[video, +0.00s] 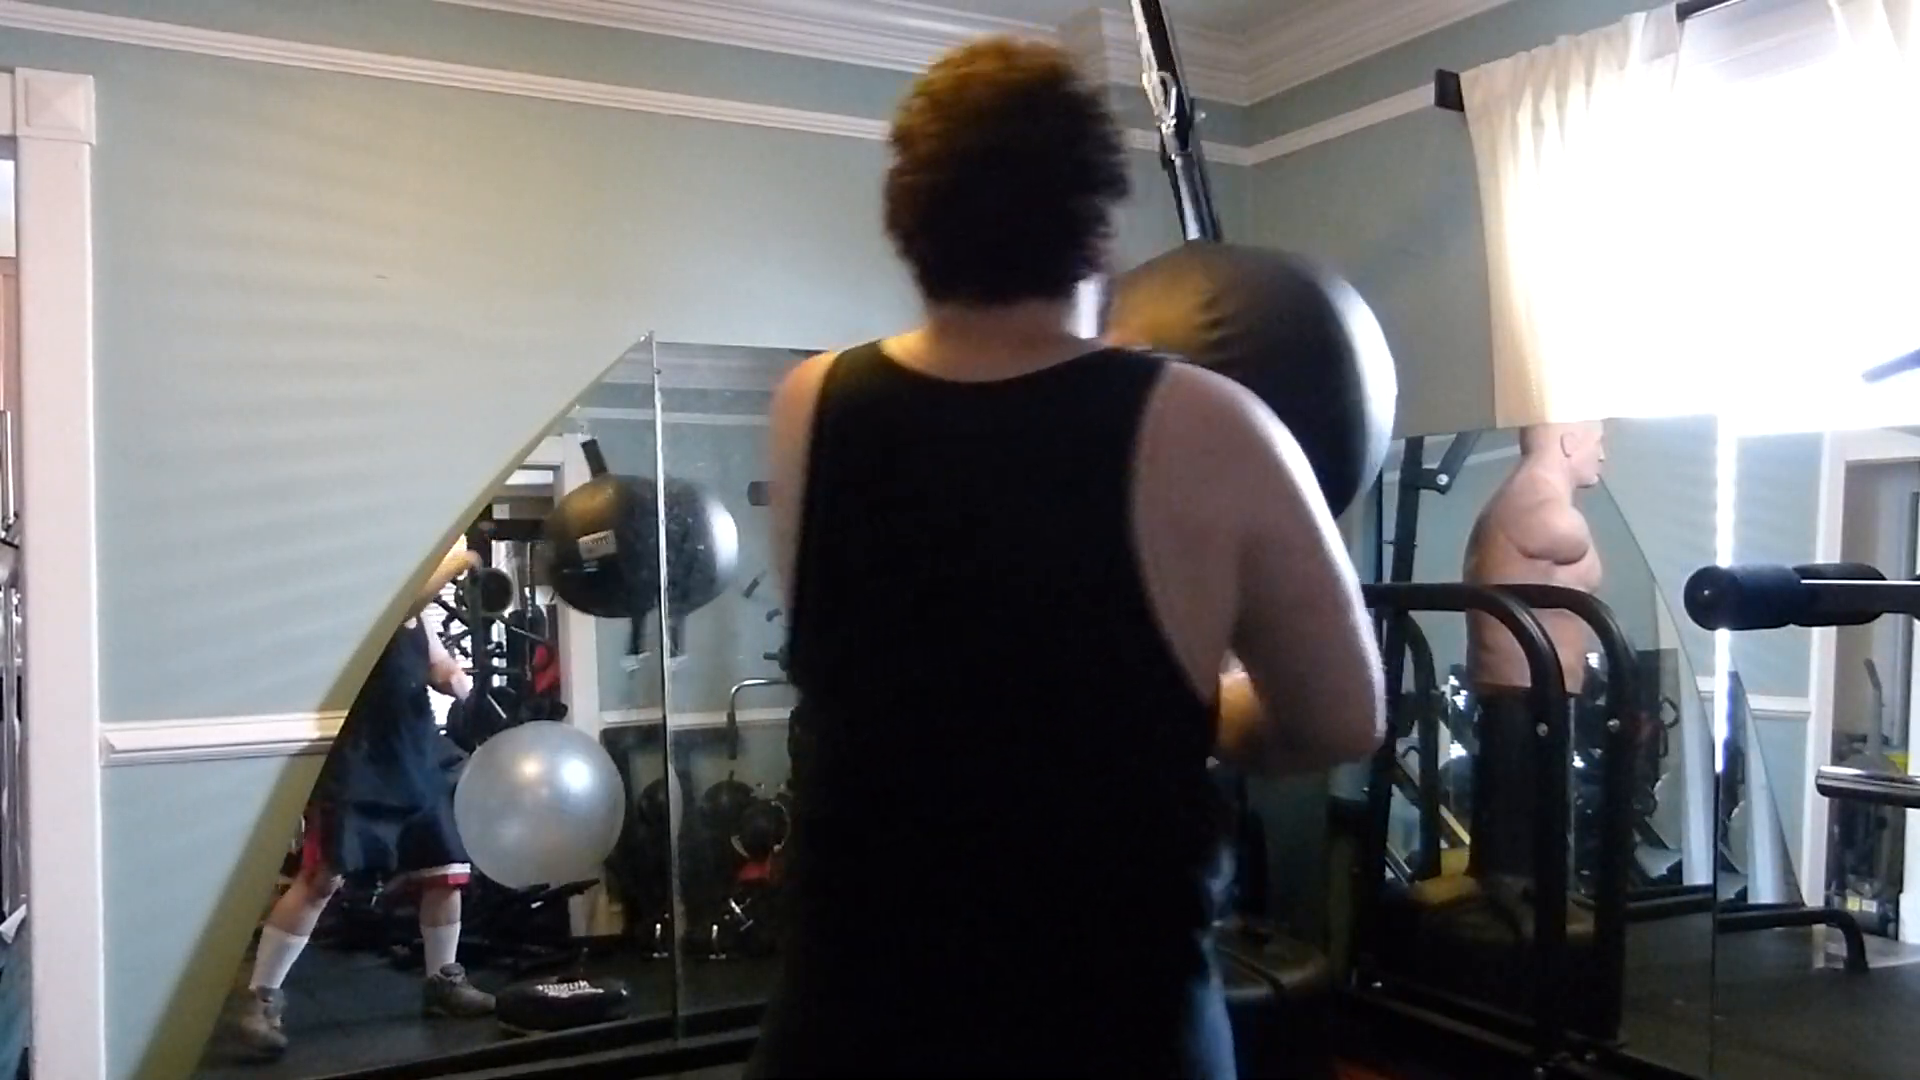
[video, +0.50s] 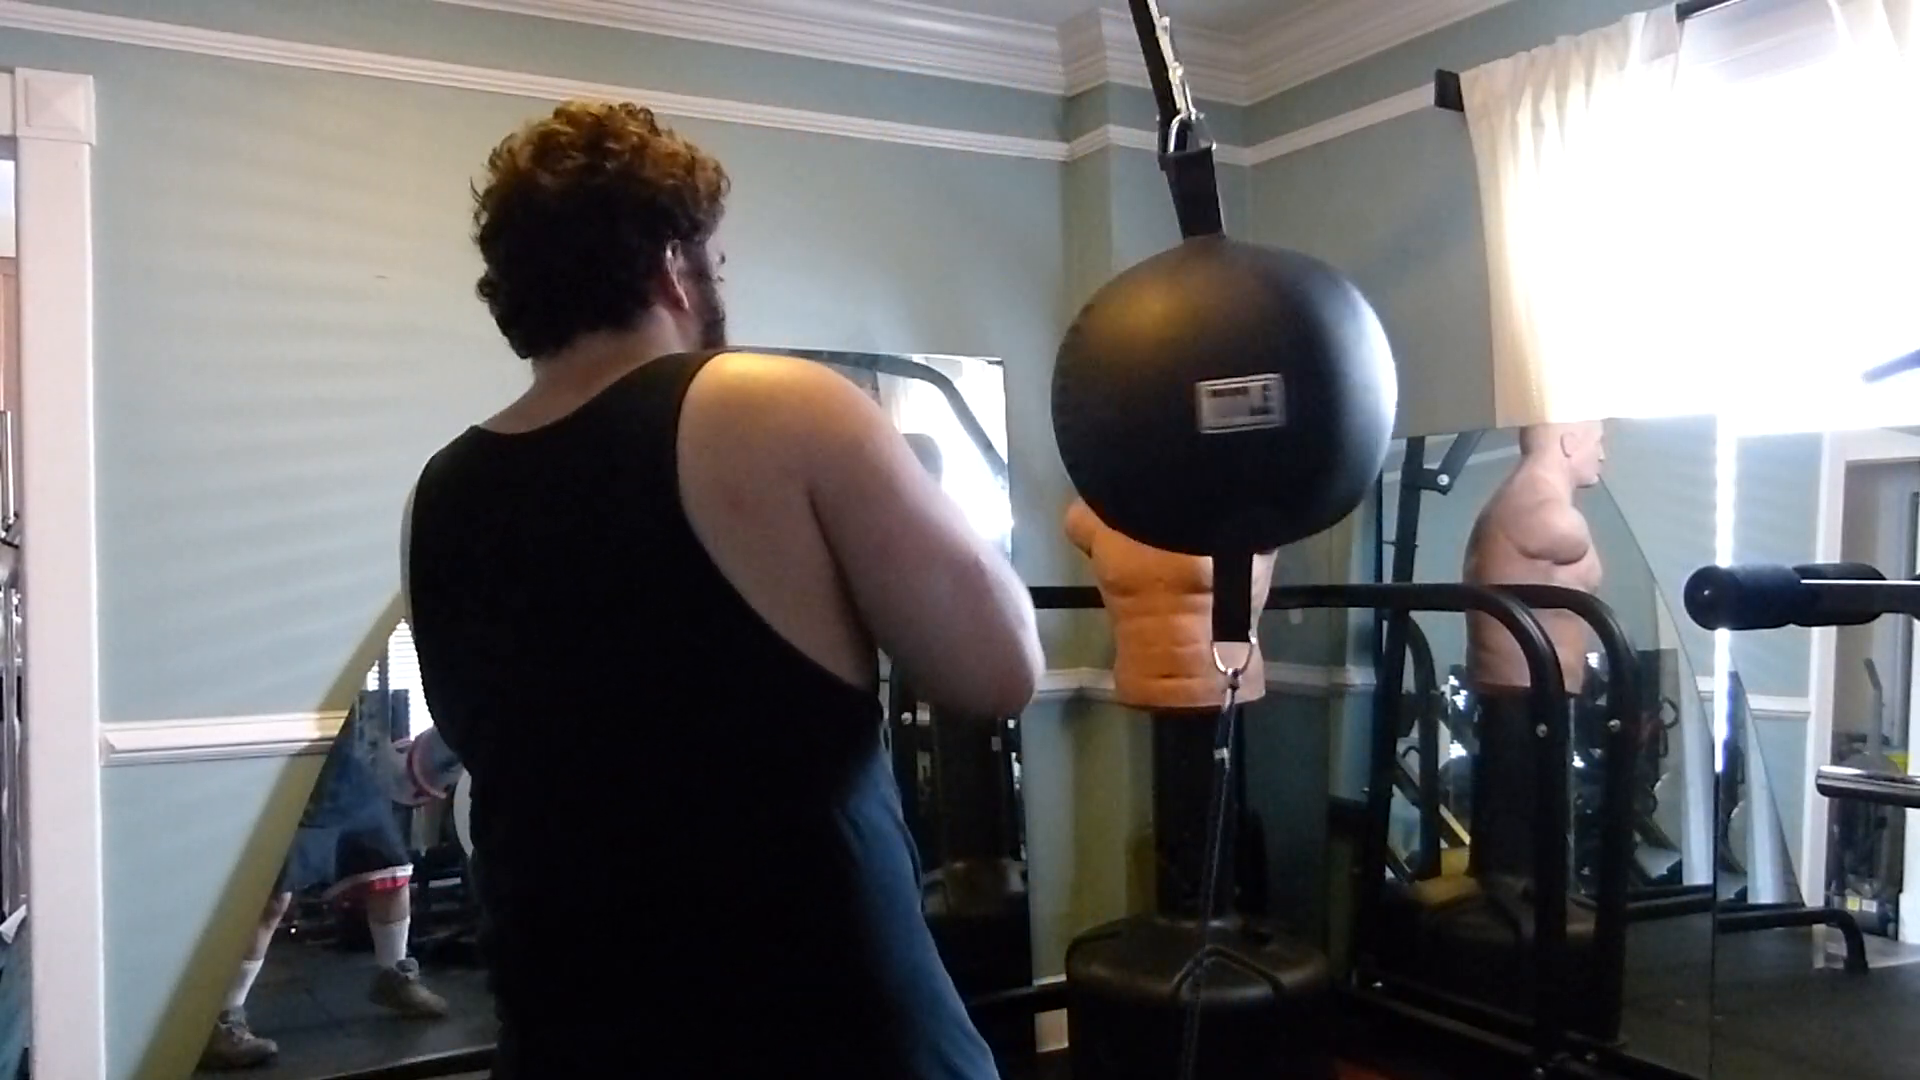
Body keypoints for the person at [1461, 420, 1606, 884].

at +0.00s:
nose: (1603, 456)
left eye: (1603, 442)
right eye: (1598, 441)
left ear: (1556, 441)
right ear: (1567, 442)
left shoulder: (1512, 501)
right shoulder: (1538, 500)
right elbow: (1593, 575)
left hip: (1510, 696)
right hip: (1529, 699)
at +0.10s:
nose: (1603, 456)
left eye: (1603, 442)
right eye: (1598, 440)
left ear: (1556, 441)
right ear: (1567, 441)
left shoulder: (1510, 502)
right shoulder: (1538, 500)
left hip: (1510, 695)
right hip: (1529, 698)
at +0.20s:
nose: (1604, 456)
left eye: (1603, 441)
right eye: (1598, 439)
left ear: (1555, 440)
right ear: (1567, 441)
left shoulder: (1510, 500)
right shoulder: (1539, 499)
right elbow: (1593, 574)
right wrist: (1586, 549)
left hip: (1508, 697)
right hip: (1529, 700)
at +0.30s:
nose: (1603, 456)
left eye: (1602, 442)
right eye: (1598, 440)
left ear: (1555, 441)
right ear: (1567, 441)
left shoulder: (1510, 501)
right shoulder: (1540, 502)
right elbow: (1594, 573)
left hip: (1509, 695)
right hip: (1530, 699)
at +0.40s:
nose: (1603, 456)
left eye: (1602, 441)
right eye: (1598, 439)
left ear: (1556, 440)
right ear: (1567, 441)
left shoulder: (1511, 501)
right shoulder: (1538, 500)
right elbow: (1594, 575)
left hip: (1510, 697)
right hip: (1528, 701)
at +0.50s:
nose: (1604, 455)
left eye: (1603, 440)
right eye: (1598, 439)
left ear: (1558, 441)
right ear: (1567, 441)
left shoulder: (1517, 497)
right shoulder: (1538, 499)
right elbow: (1593, 573)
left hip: (1514, 694)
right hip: (1528, 698)